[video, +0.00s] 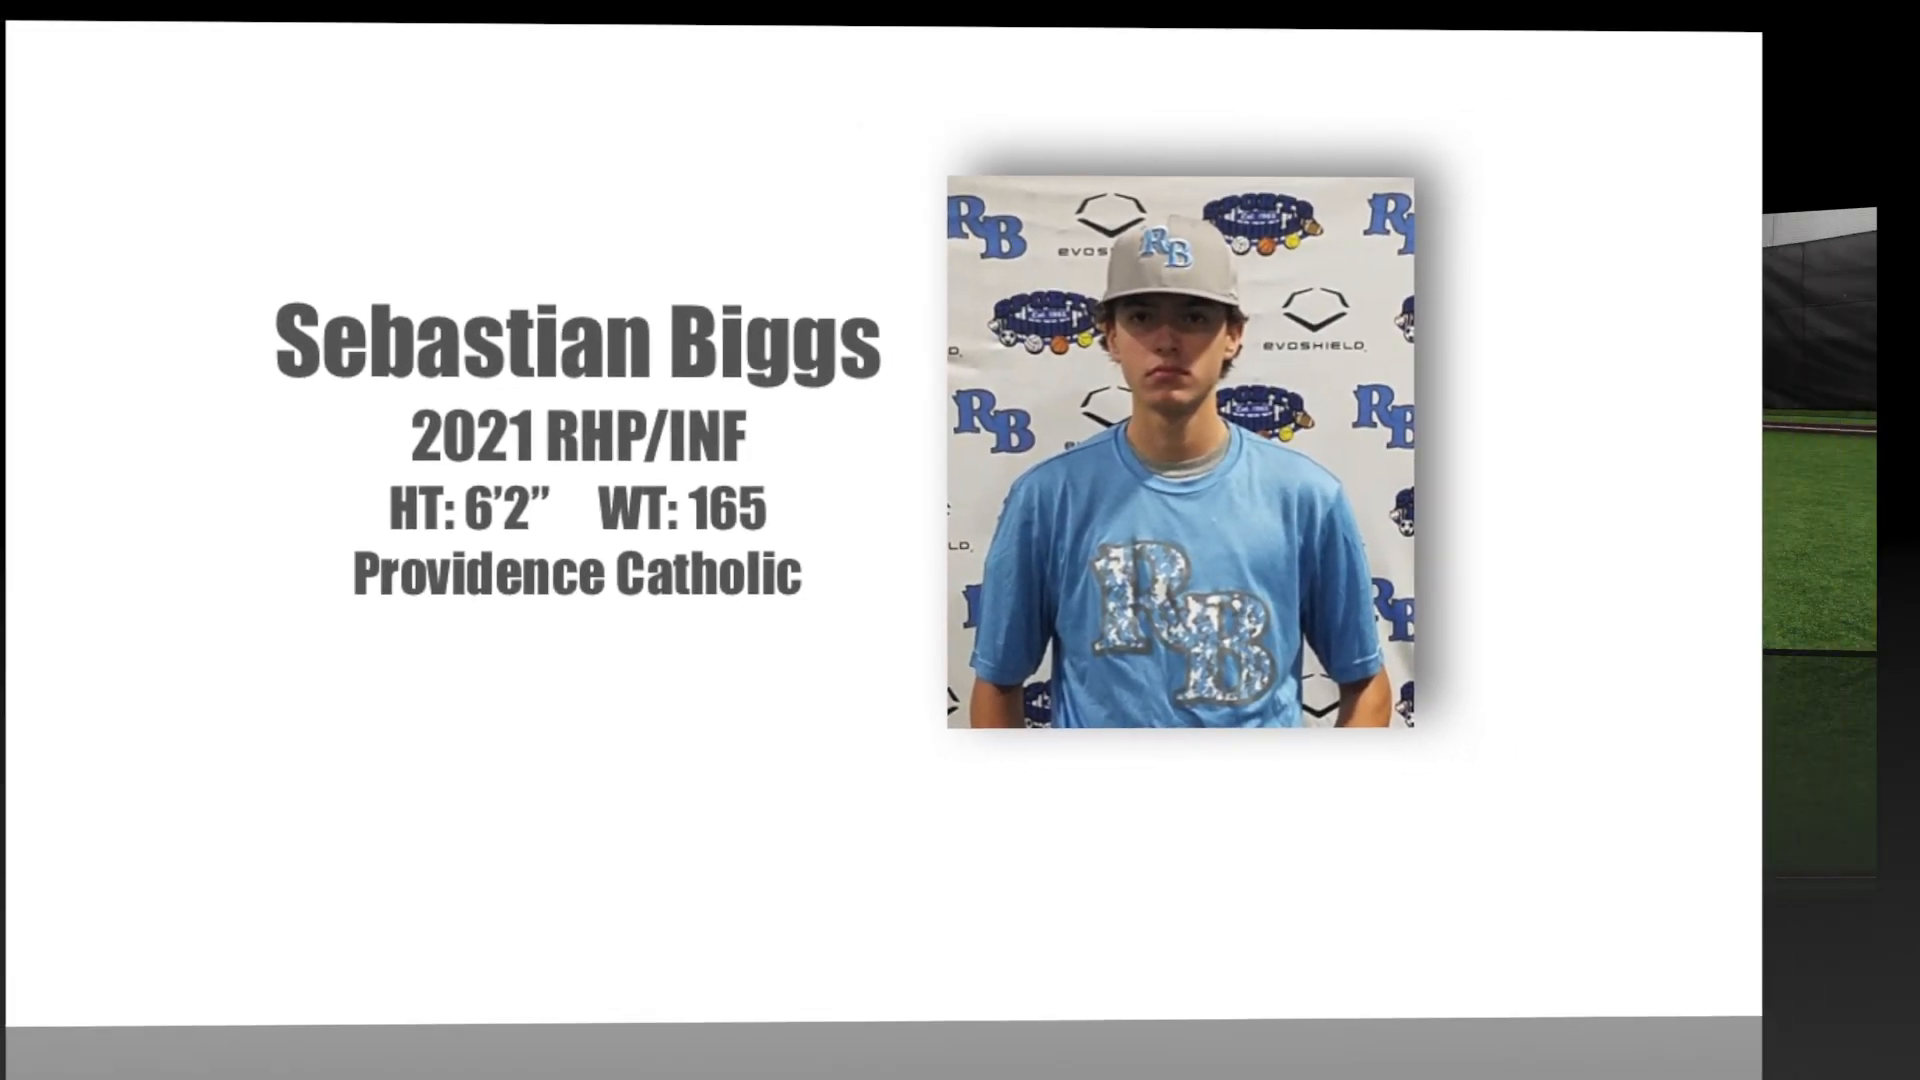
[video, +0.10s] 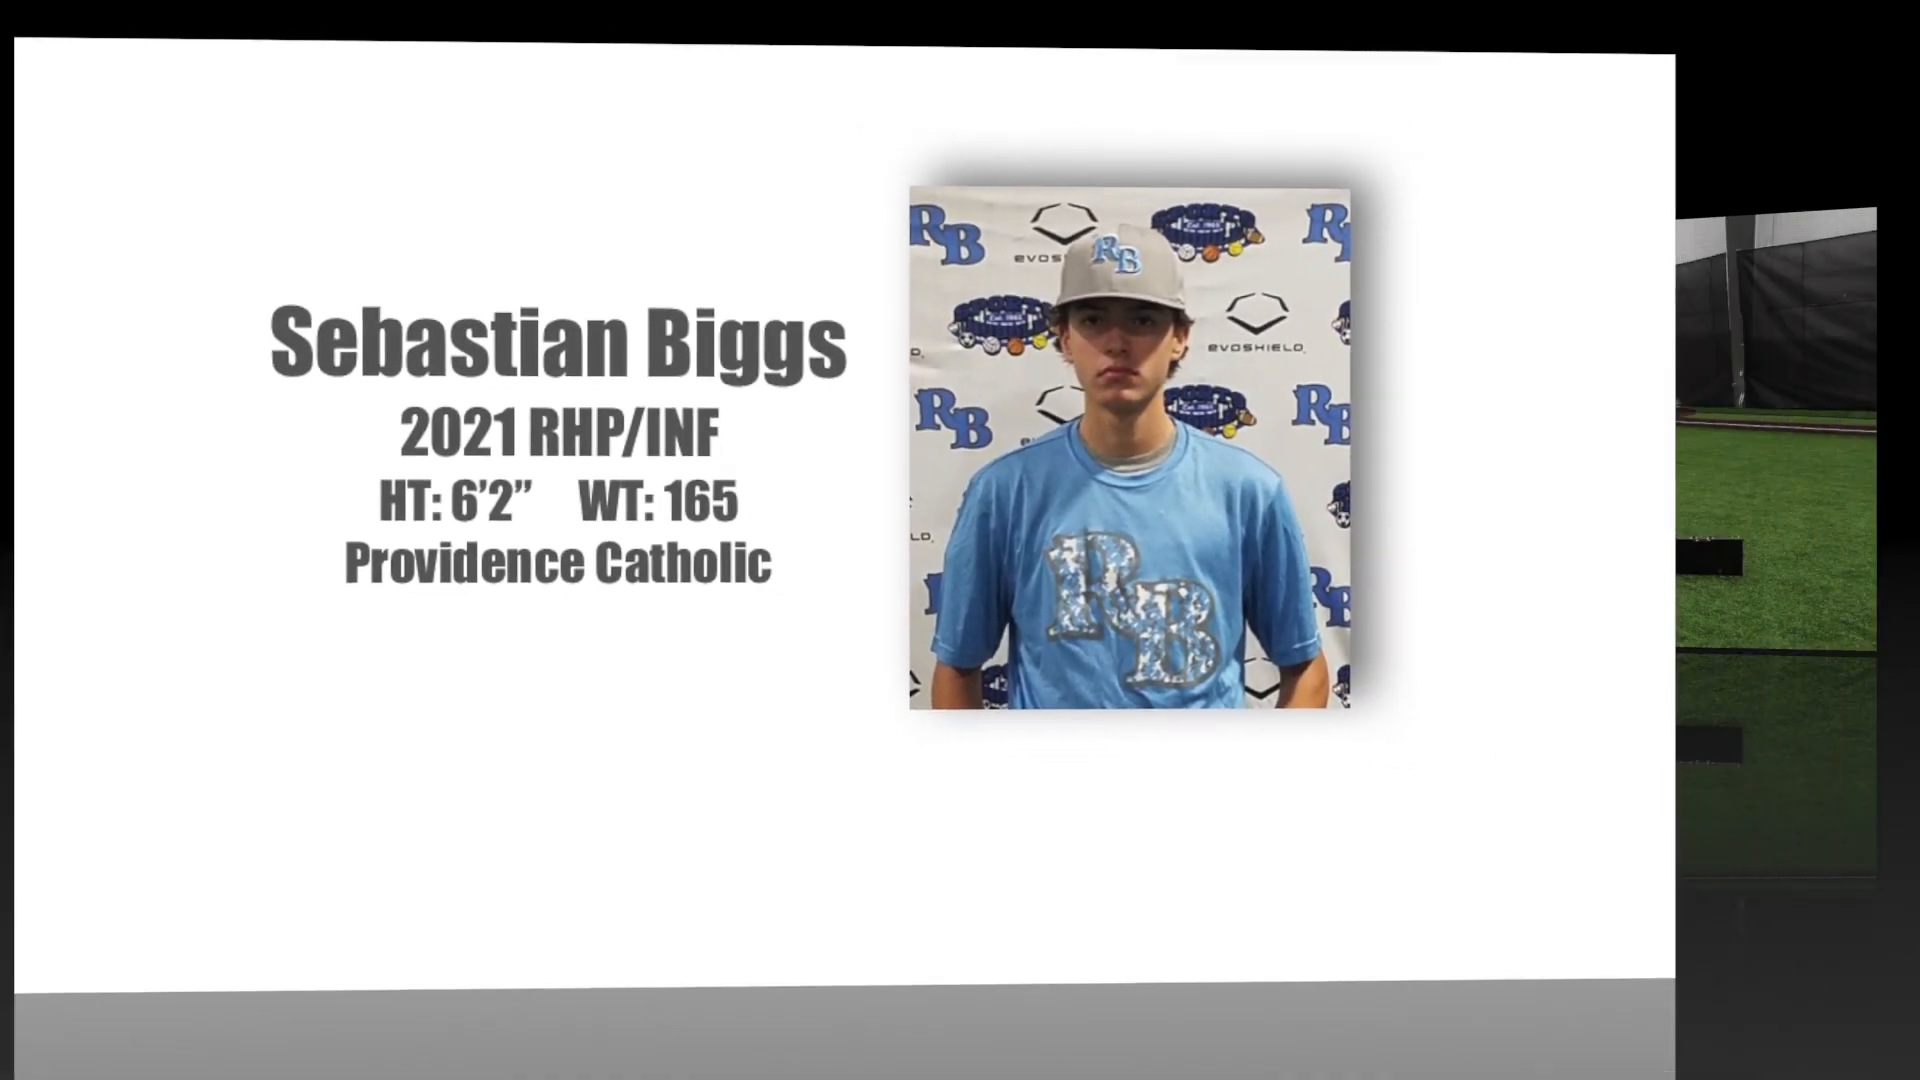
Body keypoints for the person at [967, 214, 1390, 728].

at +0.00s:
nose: (1167, 340)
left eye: (1194, 317)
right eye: (1144, 317)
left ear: (1232, 337)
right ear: (1111, 337)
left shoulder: (1308, 497)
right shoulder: (1044, 501)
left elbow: (1367, 685)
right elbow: (998, 687)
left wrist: (1331, 800)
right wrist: (1007, 805)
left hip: (1266, 799)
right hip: (1096, 799)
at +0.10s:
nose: (1117, 342)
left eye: (1142, 320)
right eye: (1096, 320)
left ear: (1179, 339)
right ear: (1064, 339)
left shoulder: (1249, 491)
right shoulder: (1002, 494)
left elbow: (1306, 668)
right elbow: (958, 671)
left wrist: (1273, 776)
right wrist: (965, 782)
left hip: (1211, 775)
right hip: (1050, 776)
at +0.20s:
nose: (1064, 344)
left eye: (1087, 324)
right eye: (1044, 324)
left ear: (1121, 343)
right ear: (1014, 341)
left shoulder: (1188, 484)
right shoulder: (955, 486)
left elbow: (1240, 650)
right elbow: (914, 652)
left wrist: (1210, 753)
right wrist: (921, 757)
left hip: (1151, 752)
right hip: (1001, 752)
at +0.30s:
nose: (1009, 346)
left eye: (1031, 327)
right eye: (990, 327)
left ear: (1063, 344)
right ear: (963, 343)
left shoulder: (1125, 478)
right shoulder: (908, 479)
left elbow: (1173, 633)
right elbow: (869, 634)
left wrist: (1146, 728)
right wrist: (874, 732)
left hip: (1091, 725)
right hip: (951, 726)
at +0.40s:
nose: (956, 349)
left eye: (976, 331)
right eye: (938, 331)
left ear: (1005, 347)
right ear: (912, 345)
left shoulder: (1063, 471)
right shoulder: (861, 473)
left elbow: (1108, 616)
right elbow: (824, 618)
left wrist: (1081, 706)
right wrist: (829, 711)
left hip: (1031, 703)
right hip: (901, 704)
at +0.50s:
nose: (903, 350)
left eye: (922, 334)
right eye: (887, 334)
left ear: (949, 349)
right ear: (863, 347)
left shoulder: (1003, 465)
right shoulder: (815, 466)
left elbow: (1045, 601)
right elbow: (781, 601)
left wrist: (1021, 683)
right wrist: (786, 689)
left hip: (973, 681)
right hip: (852, 681)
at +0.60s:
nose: (854, 352)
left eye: (871, 337)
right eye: (838, 336)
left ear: (897, 350)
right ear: (816, 349)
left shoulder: (946, 459)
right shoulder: (771, 460)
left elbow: (986, 586)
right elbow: (739, 587)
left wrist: (963, 664)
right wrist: (744, 670)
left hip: (919, 661)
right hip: (806, 661)